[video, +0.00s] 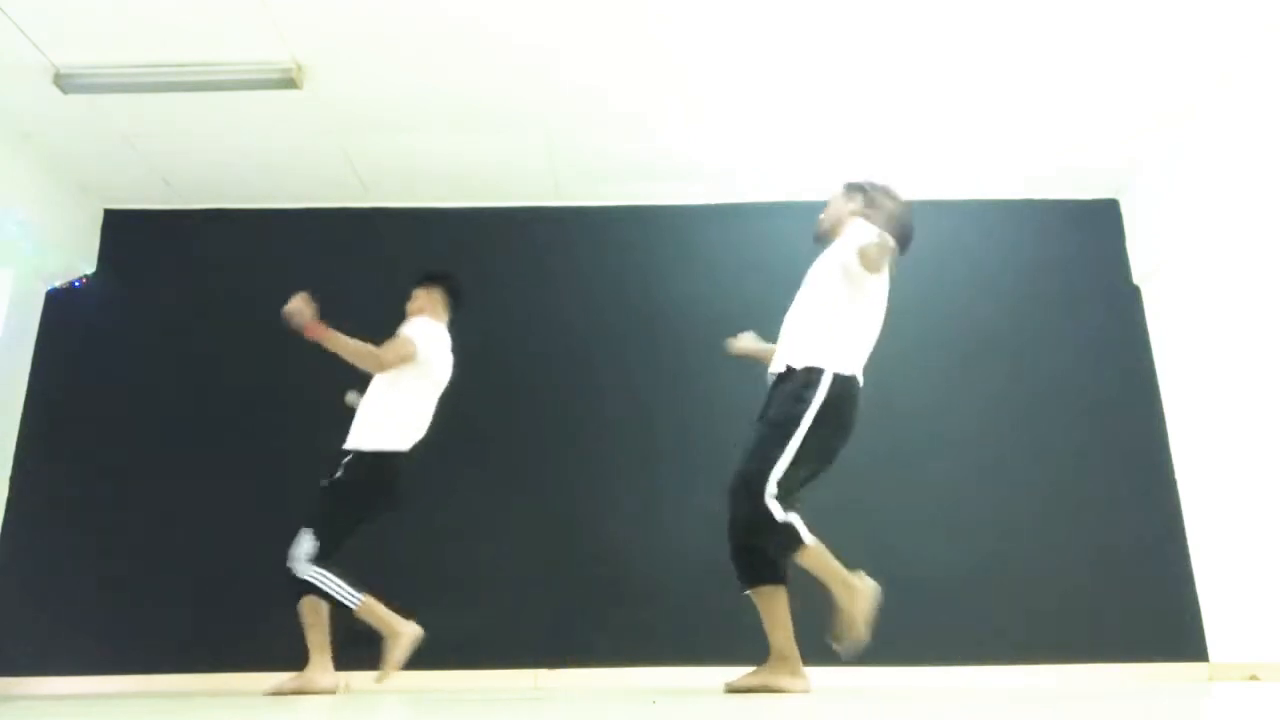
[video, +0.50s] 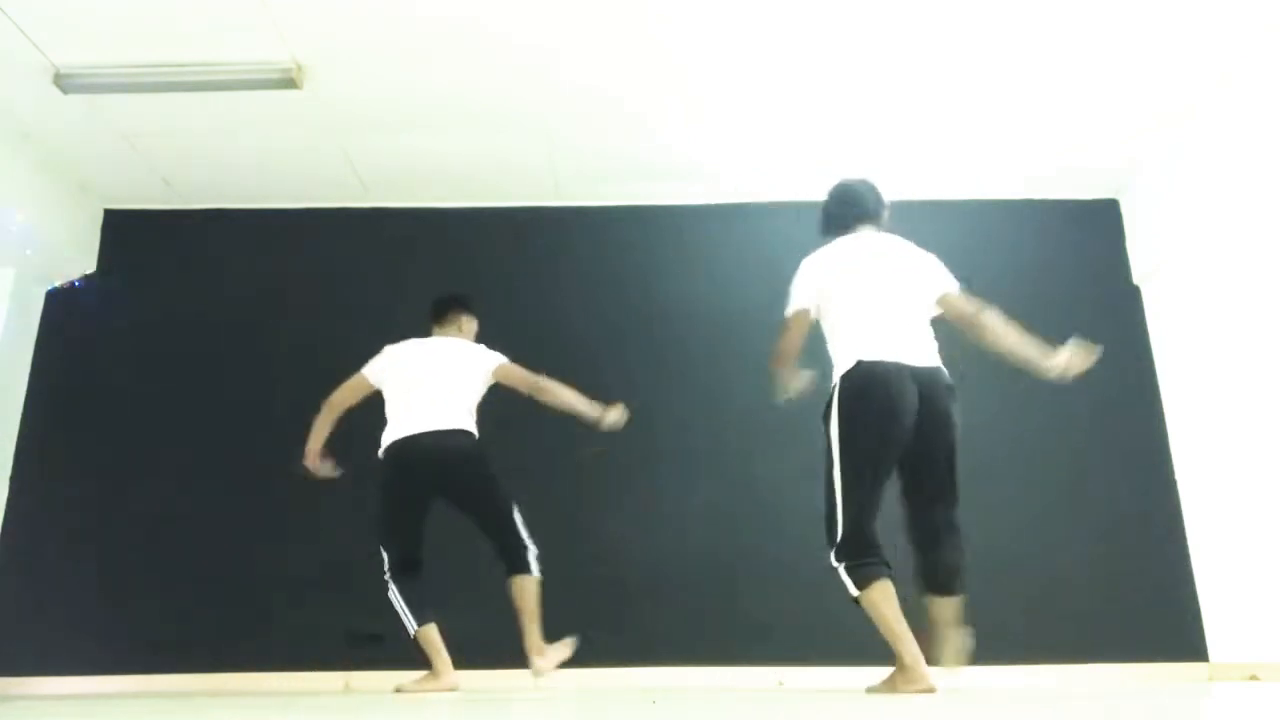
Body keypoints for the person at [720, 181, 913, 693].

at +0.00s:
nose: (826, 204)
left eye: (837, 197)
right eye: (832, 197)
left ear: (862, 207)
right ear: (857, 209)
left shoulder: (862, 243)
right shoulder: (831, 265)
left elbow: (876, 255)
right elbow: (806, 350)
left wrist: (878, 249)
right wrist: (758, 349)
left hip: (820, 386)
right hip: (792, 389)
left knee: (762, 498)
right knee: (747, 516)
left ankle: (851, 590)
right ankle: (783, 664)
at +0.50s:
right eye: (879, 210)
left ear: (828, 221)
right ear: (880, 216)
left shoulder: (819, 262)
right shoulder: (912, 254)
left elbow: (787, 351)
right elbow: (974, 316)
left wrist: (787, 382)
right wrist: (1049, 360)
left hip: (868, 388)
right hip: (932, 386)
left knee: (851, 537)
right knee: (936, 519)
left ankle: (911, 667)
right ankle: (949, 663)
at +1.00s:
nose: (1026, 197)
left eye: (1027, 188)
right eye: (1011, 188)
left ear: (1027, 204)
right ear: (976, 203)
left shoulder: (1014, 281)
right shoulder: (960, 252)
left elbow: (1048, 329)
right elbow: (931, 308)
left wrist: (1066, 343)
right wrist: (979, 363)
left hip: (974, 412)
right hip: (939, 404)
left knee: (996, 534)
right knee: (1015, 526)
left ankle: (910, 612)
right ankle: (1033, 668)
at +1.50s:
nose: (1049, 239)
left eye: (1057, 230)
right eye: (1035, 231)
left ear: (1068, 240)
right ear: (1009, 245)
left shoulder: (1091, 304)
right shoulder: (987, 308)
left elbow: (1145, 365)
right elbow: (914, 354)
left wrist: (1102, 420)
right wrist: (836, 353)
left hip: (1057, 444)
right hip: (997, 438)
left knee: (1141, 530)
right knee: (1052, 530)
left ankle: (1068, 627)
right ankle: (1046, 667)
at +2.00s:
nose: (1168, 277)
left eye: (1174, 270)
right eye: (1158, 265)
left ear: (1177, 277)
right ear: (1121, 270)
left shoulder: (1139, 335)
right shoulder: (1096, 323)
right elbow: (1126, 410)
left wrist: (1113, 426)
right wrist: (1203, 401)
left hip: (1063, 453)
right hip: (1028, 438)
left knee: (1120, 538)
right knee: (1073, 530)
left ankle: (1179, 660)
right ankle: (1045, 663)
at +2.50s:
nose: (1138, 302)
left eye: (1134, 294)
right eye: (1133, 295)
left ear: (1087, 306)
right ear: (1120, 299)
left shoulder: (1058, 343)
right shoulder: (1126, 332)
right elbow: (1167, 355)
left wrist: (1048, 446)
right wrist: (1163, 427)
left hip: (1029, 449)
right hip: (1082, 437)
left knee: (1110, 567)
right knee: (1129, 568)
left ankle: (1179, 663)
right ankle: (1068, 650)